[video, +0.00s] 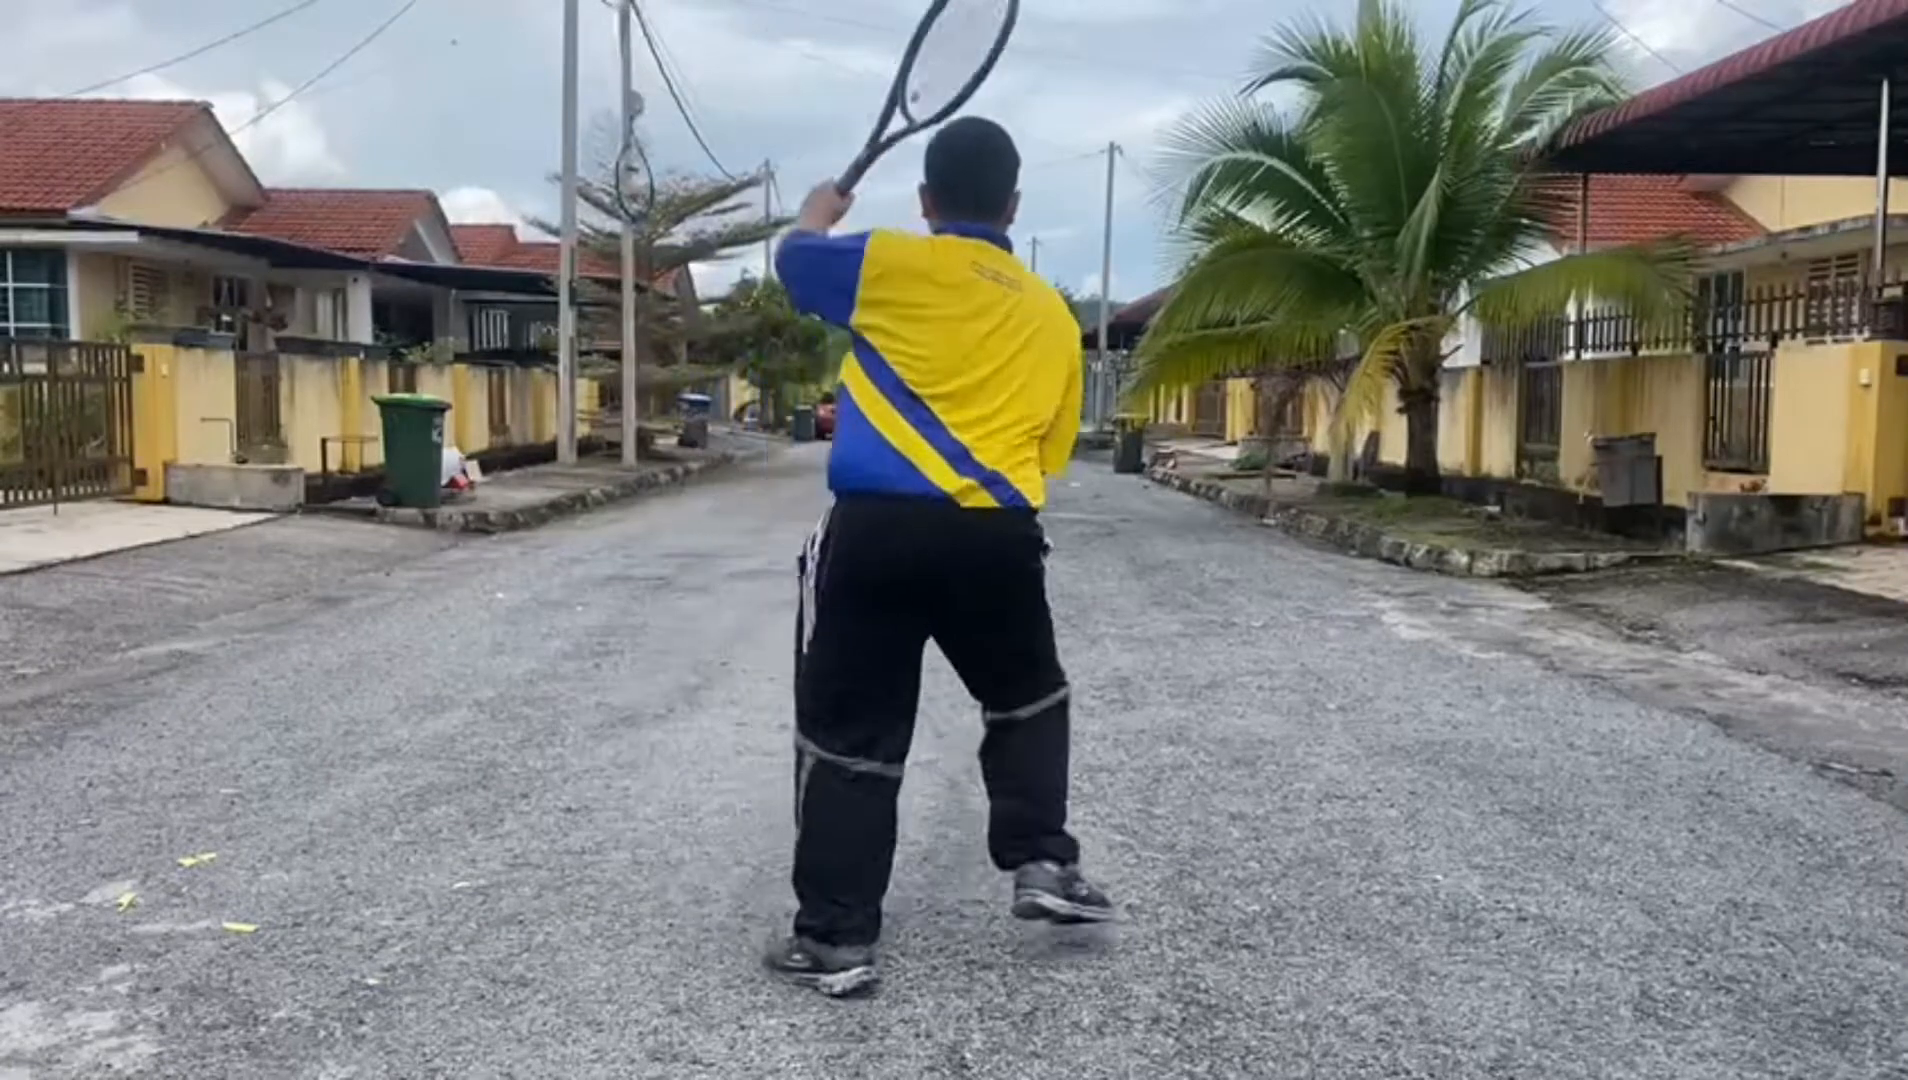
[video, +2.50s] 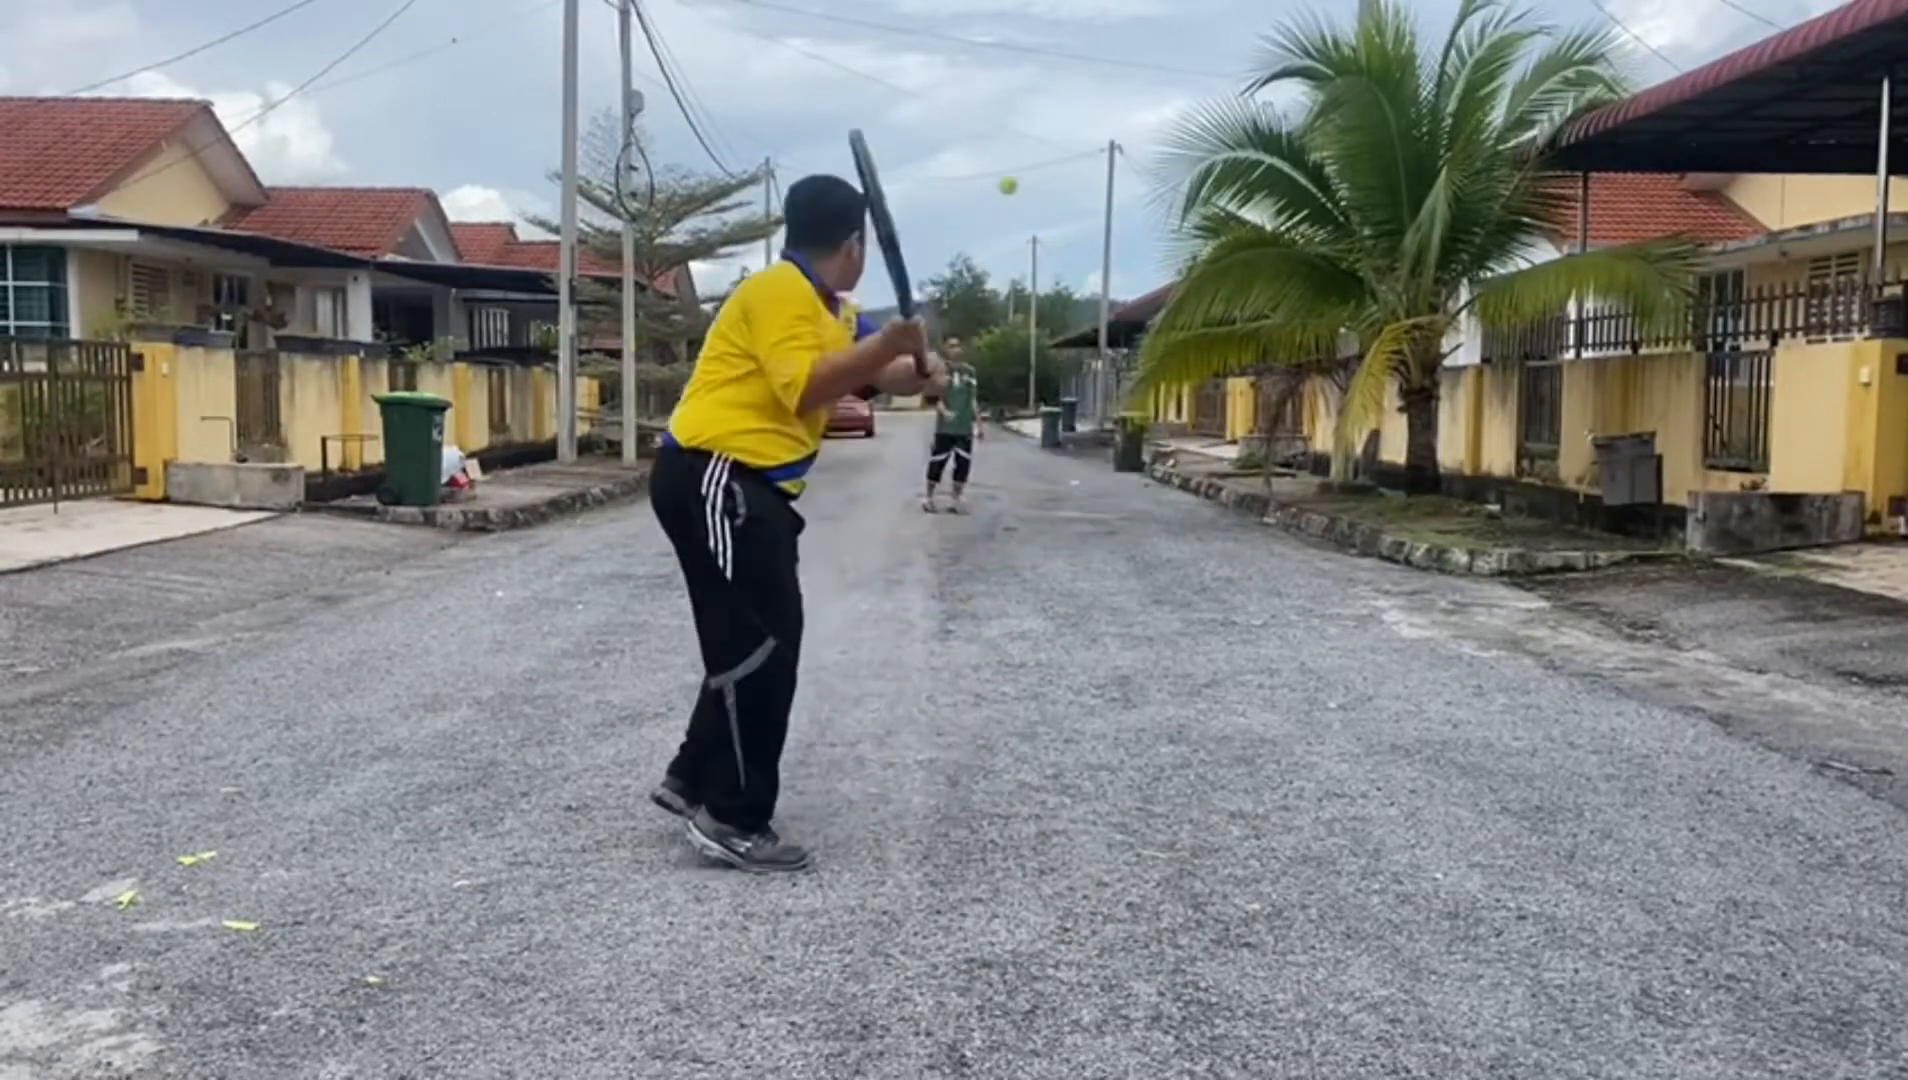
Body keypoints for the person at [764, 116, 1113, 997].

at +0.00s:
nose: (922, 205)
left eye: (923, 195)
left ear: (929, 200)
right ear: (1013, 204)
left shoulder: (893, 261)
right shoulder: (1053, 316)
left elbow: (796, 263)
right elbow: (1053, 452)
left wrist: (819, 218)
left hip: (876, 534)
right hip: (994, 544)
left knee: (854, 732)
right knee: (1027, 697)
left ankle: (836, 935)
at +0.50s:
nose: (1039, 197)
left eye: (1039, 187)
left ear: (1045, 189)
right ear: (1127, 193)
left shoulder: (1032, 257)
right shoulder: (1183, 281)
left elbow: (991, 344)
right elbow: (1276, 373)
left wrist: (939, 421)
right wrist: (1359, 434)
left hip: (1053, 500)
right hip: (1162, 503)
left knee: (988, 683)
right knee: (1146, 702)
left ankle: (1016, 884)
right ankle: (1174, 920)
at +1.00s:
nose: (914, 186)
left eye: (913, 173)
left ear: (919, 174)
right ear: (1005, 171)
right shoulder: (1064, 272)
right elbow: (1080, 402)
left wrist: (816, 533)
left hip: (944, 518)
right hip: (1052, 518)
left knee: (921, 723)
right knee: (1059, 699)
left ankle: (920, 940)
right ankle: (1136, 873)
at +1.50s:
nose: (912, 281)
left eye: (909, 271)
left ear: (907, 276)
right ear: (968, 278)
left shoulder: (867, 337)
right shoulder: (997, 340)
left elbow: (850, 422)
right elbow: (1003, 430)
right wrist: (970, 477)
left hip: (872, 498)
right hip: (964, 499)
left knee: (846, 637)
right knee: (974, 638)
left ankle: (802, 777)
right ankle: (978, 772)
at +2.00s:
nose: (930, 314)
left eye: (927, 304)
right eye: (928, 304)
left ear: (863, 297)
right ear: (918, 303)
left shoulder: (827, 344)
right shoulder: (930, 357)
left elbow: (836, 436)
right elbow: (944, 473)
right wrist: (958, 540)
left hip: (767, 489)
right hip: (852, 490)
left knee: (797, 637)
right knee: (907, 627)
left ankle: (810, 772)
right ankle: (935, 775)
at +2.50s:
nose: (866, 255)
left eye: (864, 241)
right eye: (862, 241)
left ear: (801, 237)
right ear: (846, 243)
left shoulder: (816, 311)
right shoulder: (779, 290)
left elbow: (849, 376)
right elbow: (804, 385)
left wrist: (904, 379)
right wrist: (886, 345)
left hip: (745, 480)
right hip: (717, 477)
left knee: (753, 638)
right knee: (765, 642)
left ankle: (695, 776)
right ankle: (733, 819)